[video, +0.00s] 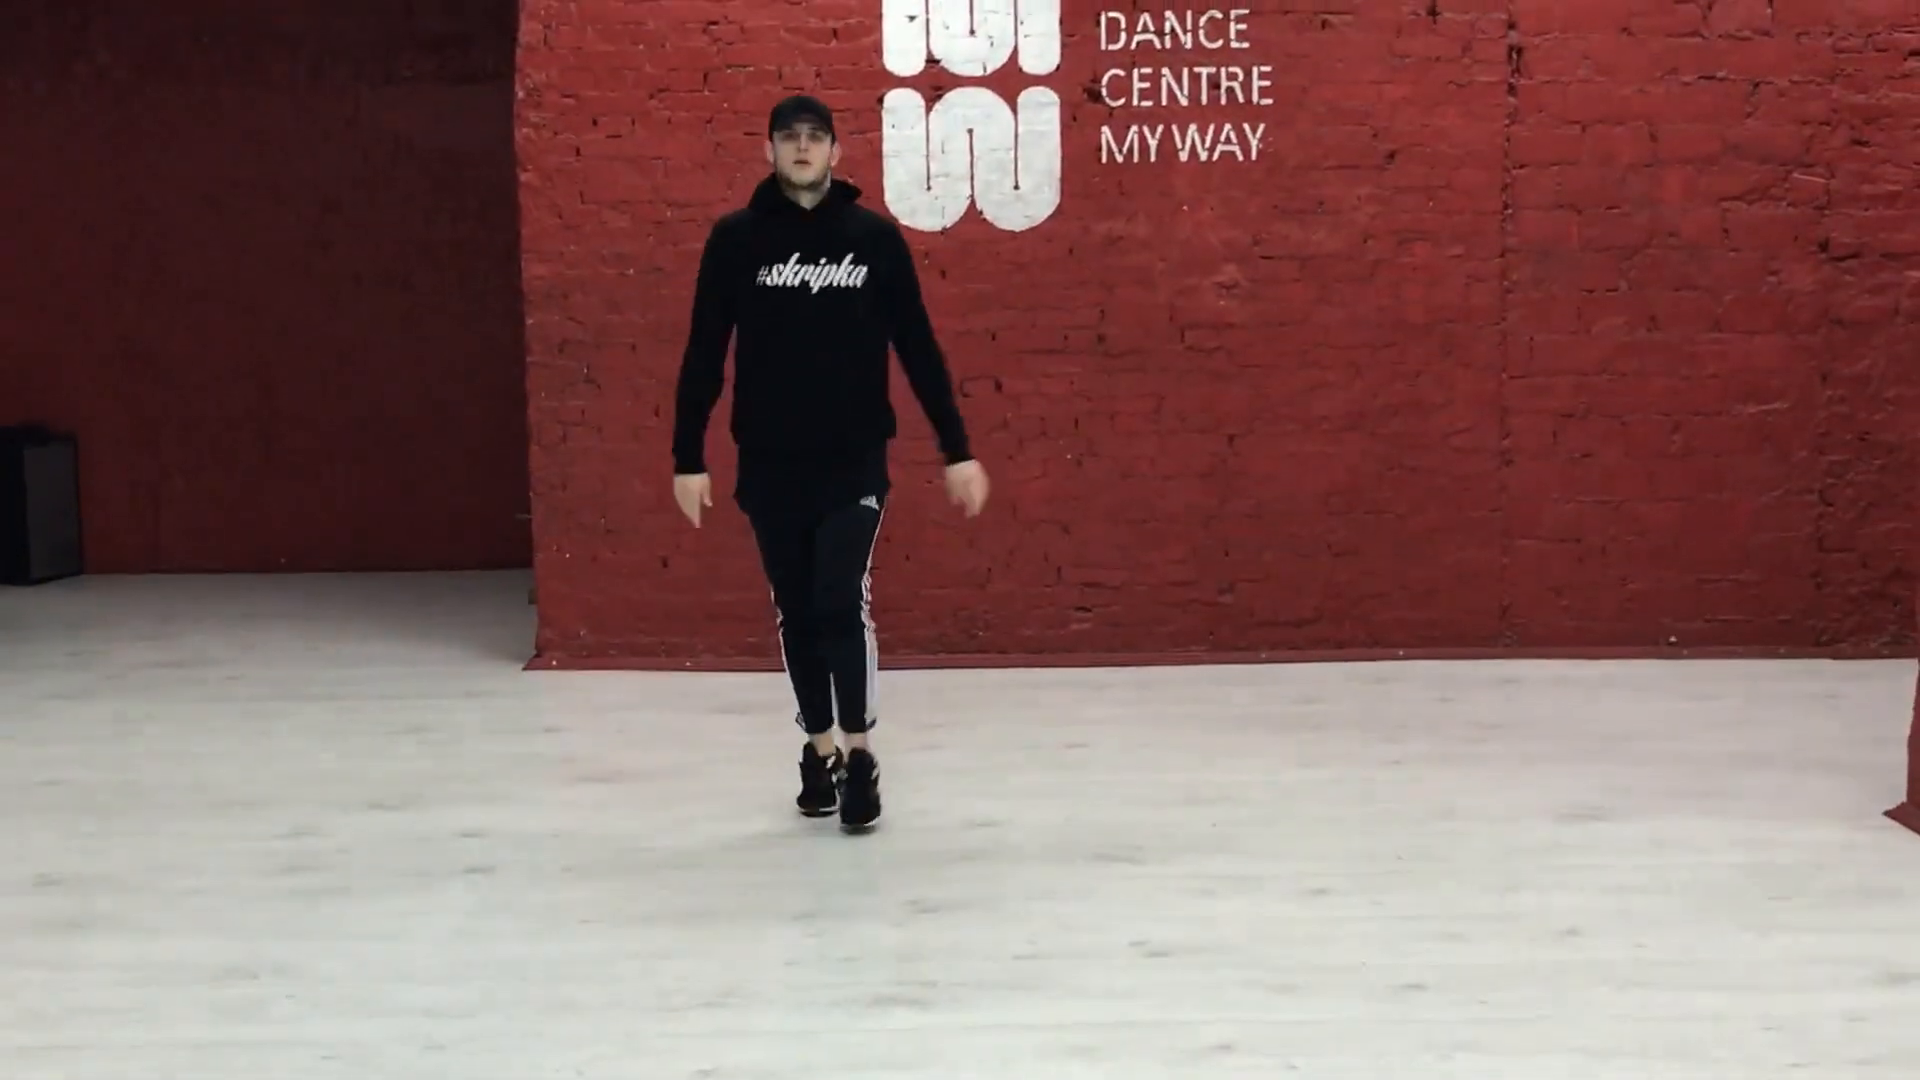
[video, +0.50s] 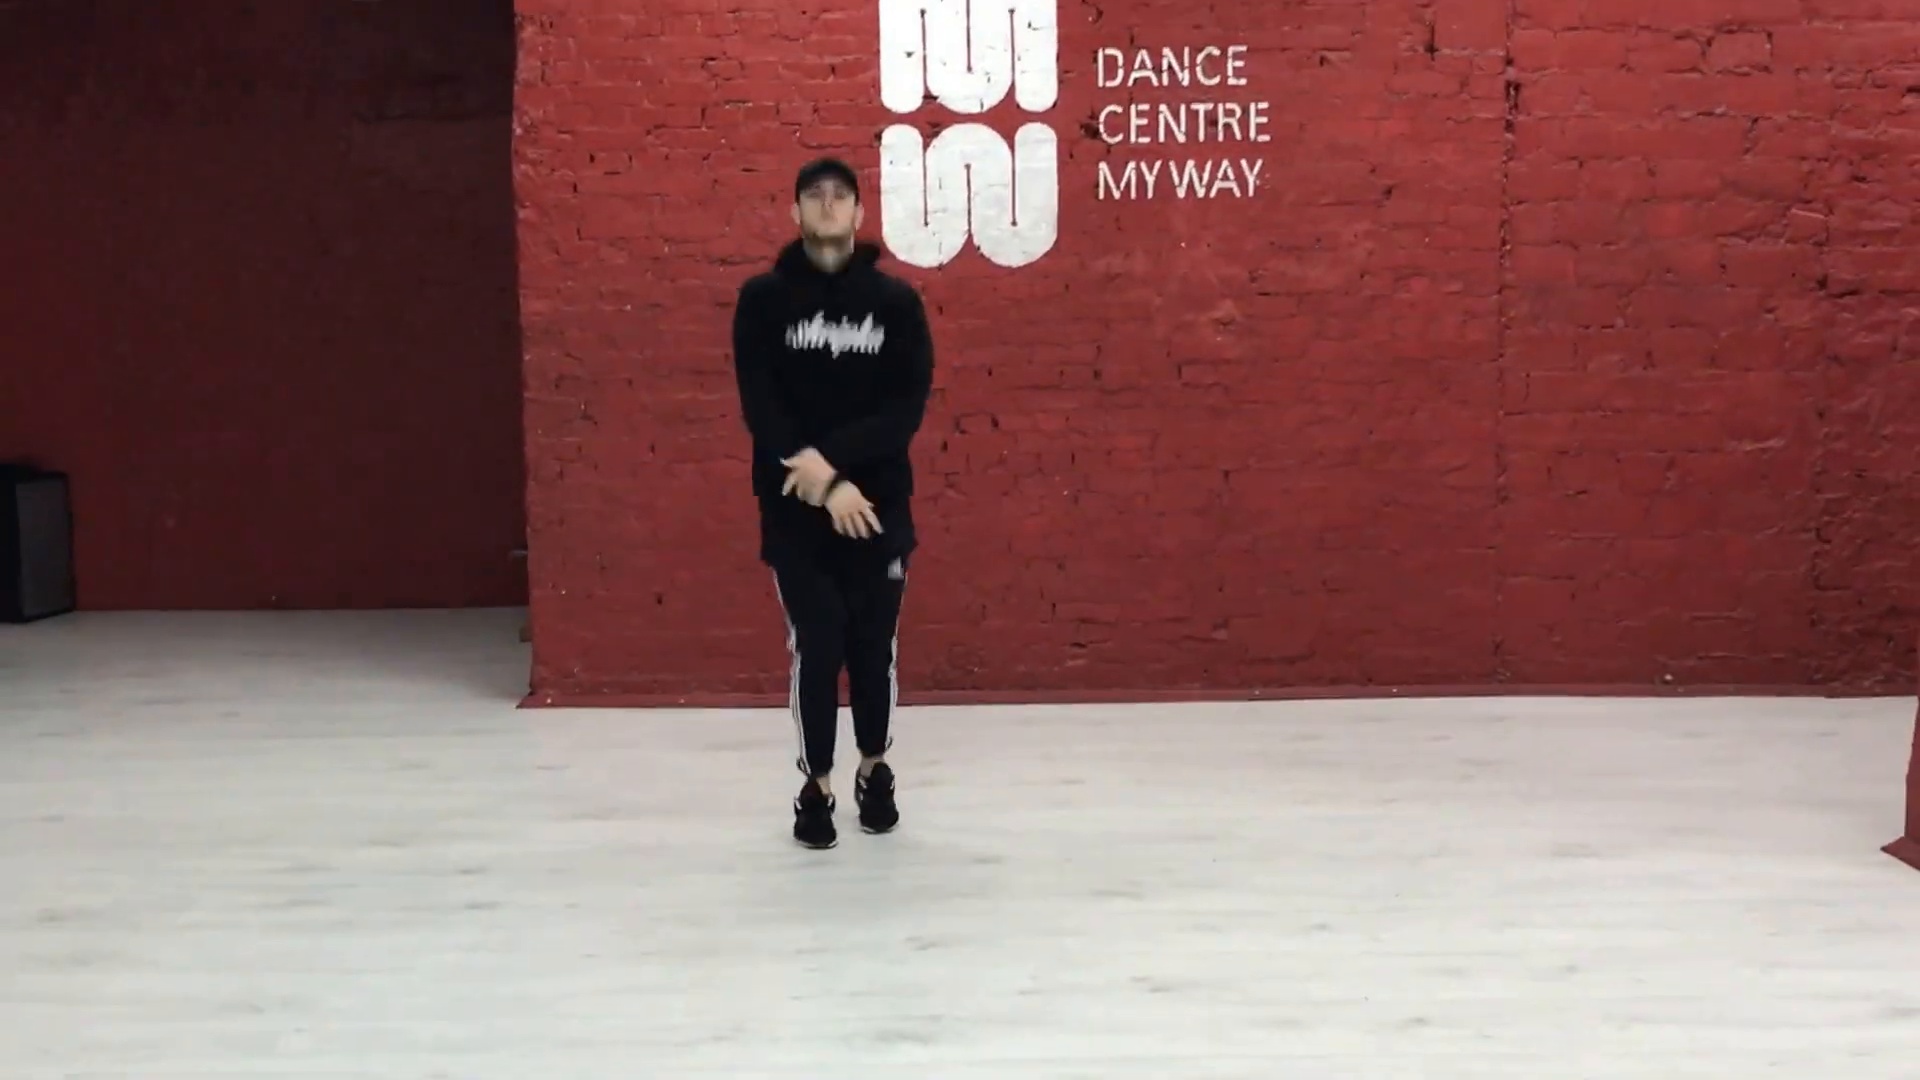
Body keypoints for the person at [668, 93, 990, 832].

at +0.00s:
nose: (802, 150)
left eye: (815, 139)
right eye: (790, 139)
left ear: (834, 151)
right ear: (770, 151)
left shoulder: (876, 238)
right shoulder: (735, 239)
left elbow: (918, 346)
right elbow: (705, 351)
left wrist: (956, 449)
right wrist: (687, 457)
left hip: (853, 454)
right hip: (769, 456)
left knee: (839, 603)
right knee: (796, 611)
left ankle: (858, 756)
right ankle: (820, 751)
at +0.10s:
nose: (802, 172)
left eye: (815, 161)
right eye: (790, 161)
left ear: (836, 174)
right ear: (771, 174)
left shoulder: (875, 258)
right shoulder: (737, 259)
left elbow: (931, 348)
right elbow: (696, 360)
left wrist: (985, 434)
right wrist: (668, 458)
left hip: (854, 467)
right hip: (769, 470)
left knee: (844, 613)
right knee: (799, 623)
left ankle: (879, 734)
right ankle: (828, 760)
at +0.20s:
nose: (806, 189)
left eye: (819, 180)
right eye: (794, 179)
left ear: (838, 196)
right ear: (775, 194)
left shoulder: (874, 283)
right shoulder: (741, 285)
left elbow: (930, 367)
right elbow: (701, 378)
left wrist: (990, 434)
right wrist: (667, 467)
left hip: (857, 487)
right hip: (773, 491)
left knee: (852, 632)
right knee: (800, 641)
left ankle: (893, 747)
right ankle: (827, 769)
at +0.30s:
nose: (812, 172)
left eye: (824, 163)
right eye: (799, 162)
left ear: (843, 180)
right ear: (779, 178)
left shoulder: (880, 268)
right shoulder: (745, 268)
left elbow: (916, 367)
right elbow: (718, 374)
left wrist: (952, 448)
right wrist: (716, 469)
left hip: (865, 476)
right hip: (781, 480)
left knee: (865, 624)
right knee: (806, 633)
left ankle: (891, 751)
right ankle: (825, 773)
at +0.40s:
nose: (820, 171)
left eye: (832, 162)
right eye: (807, 161)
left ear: (849, 176)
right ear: (787, 175)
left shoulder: (887, 262)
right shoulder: (752, 262)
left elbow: (905, 373)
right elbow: (743, 377)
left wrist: (889, 463)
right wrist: (777, 470)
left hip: (871, 468)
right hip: (791, 471)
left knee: (873, 622)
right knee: (812, 625)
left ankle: (881, 755)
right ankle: (815, 774)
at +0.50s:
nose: (829, 210)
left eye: (840, 198)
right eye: (815, 199)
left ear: (858, 209)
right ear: (797, 211)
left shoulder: (896, 300)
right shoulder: (763, 299)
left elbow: (906, 410)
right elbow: (763, 411)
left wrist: (831, 455)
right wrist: (827, 481)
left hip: (880, 499)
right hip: (796, 498)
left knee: (873, 647)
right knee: (818, 646)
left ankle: (874, 771)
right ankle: (817, 786)